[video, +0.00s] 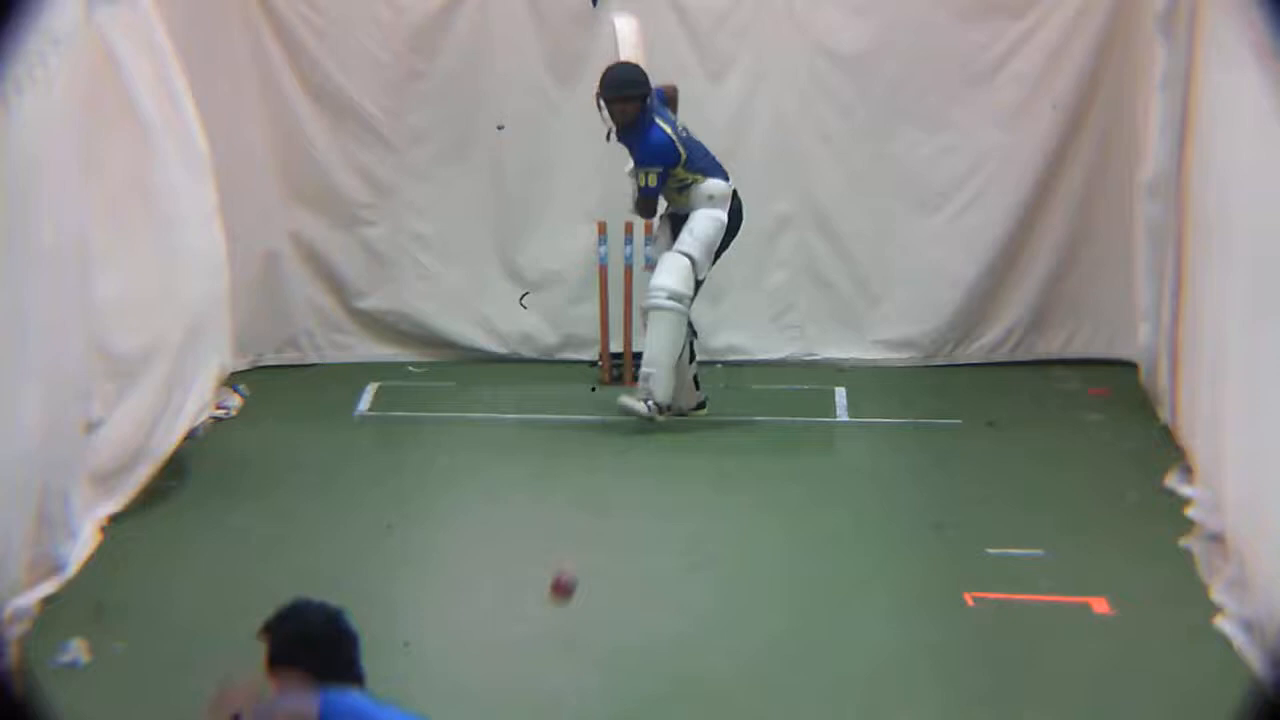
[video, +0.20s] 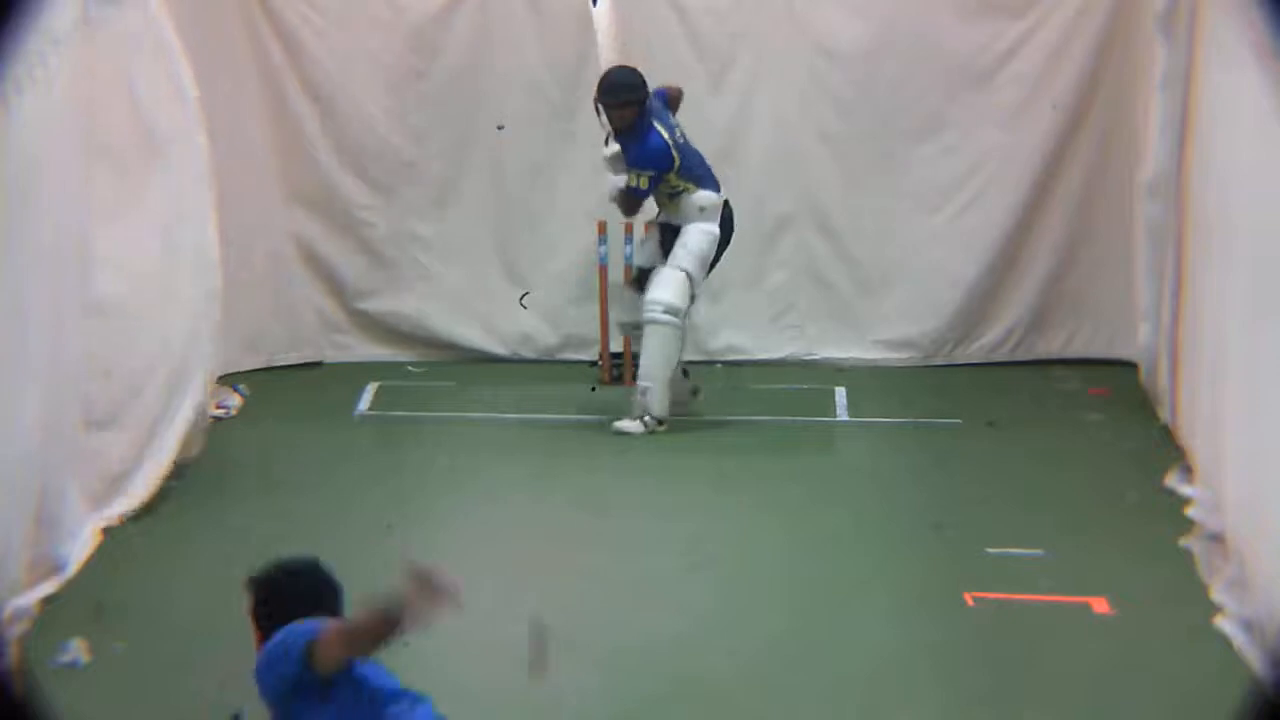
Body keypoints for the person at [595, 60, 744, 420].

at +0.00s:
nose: (619, 110)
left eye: (626, 102)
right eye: (613, 103)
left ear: (641, 101)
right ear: (605, 102)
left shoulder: (652, 142)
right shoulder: (647, 105)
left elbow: (646, 210)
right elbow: (670, 91)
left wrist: (640, 187)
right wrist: (670, 134)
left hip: (715, 208)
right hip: (682, 209)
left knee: (670, 287)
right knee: (667, 298)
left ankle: (653, 395)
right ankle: (684, 395)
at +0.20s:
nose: (614, 116)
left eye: (621, 109)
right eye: (610, 108)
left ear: (636, 106)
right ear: (604, 105)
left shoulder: (649, 147)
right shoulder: (650, 103)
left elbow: (629, 205)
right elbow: (673, 93)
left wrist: (621, 180)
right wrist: (662, 130)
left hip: (705, 220)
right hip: (671, 219)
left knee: (665, 301)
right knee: (632, 299)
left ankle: (651, 412)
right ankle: (677, 389)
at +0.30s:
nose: (625, 117)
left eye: (633, 109)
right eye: (619, 109)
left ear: (650, 105)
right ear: (612, 105)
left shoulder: (660, 141)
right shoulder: (643, 119)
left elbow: (610, 191)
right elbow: (630, 153)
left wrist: (587, 173)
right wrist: (606, 150)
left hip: (698, 228)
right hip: (665, 226)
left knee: (646, 297)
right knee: (611, 301)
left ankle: (651, 413)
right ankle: (648, 393)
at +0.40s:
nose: (641, 108)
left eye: (649, 99)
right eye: (634, 100)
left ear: (665, 95)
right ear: (626, 100)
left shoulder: (678, 129)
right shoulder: (644, 133)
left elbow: (630, 154)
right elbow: (628, 173)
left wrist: (575, 155)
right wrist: (588, 152)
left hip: (689, 231)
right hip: (654, 230)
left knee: (635, 295)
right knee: (606, 307)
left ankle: (650, 412)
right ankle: (649, 392)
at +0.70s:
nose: (650, 116)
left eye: (657, 108)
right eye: (644, 111)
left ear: (676, 103)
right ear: (638, 113)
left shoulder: (701, 127)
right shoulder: (649, 144)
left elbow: (671, 108)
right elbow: (635, 184)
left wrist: (626, 117)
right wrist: (619, 153)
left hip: (709, 239)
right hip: (667, 241)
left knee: (658, 294)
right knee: (614, 317)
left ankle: (656, 412)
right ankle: (640, 405)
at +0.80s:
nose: (660, 111)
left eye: (664, 102)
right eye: (654, 104)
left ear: (680, 104)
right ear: (647, 109)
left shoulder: (707, 132)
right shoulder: (651, 148)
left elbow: (709, 87)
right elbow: (644, 184)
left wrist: (661, 91)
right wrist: (647, 136)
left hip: (721, 236)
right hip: (676, 243)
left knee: (690, 285)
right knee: (619, 328)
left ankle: (708, 403)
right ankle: (653, 399)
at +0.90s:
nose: (657, 122)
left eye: (661, 112)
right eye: (656, 116)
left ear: (684, 105)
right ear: (656, 120)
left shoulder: (724, 125)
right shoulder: (661, 149)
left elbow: (760, 99)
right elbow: (660, 187)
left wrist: (712, 95)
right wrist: (678, 141)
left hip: (734, 236)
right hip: (691, 242)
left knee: (708, 308)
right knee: (640, 333)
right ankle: (652, 402)